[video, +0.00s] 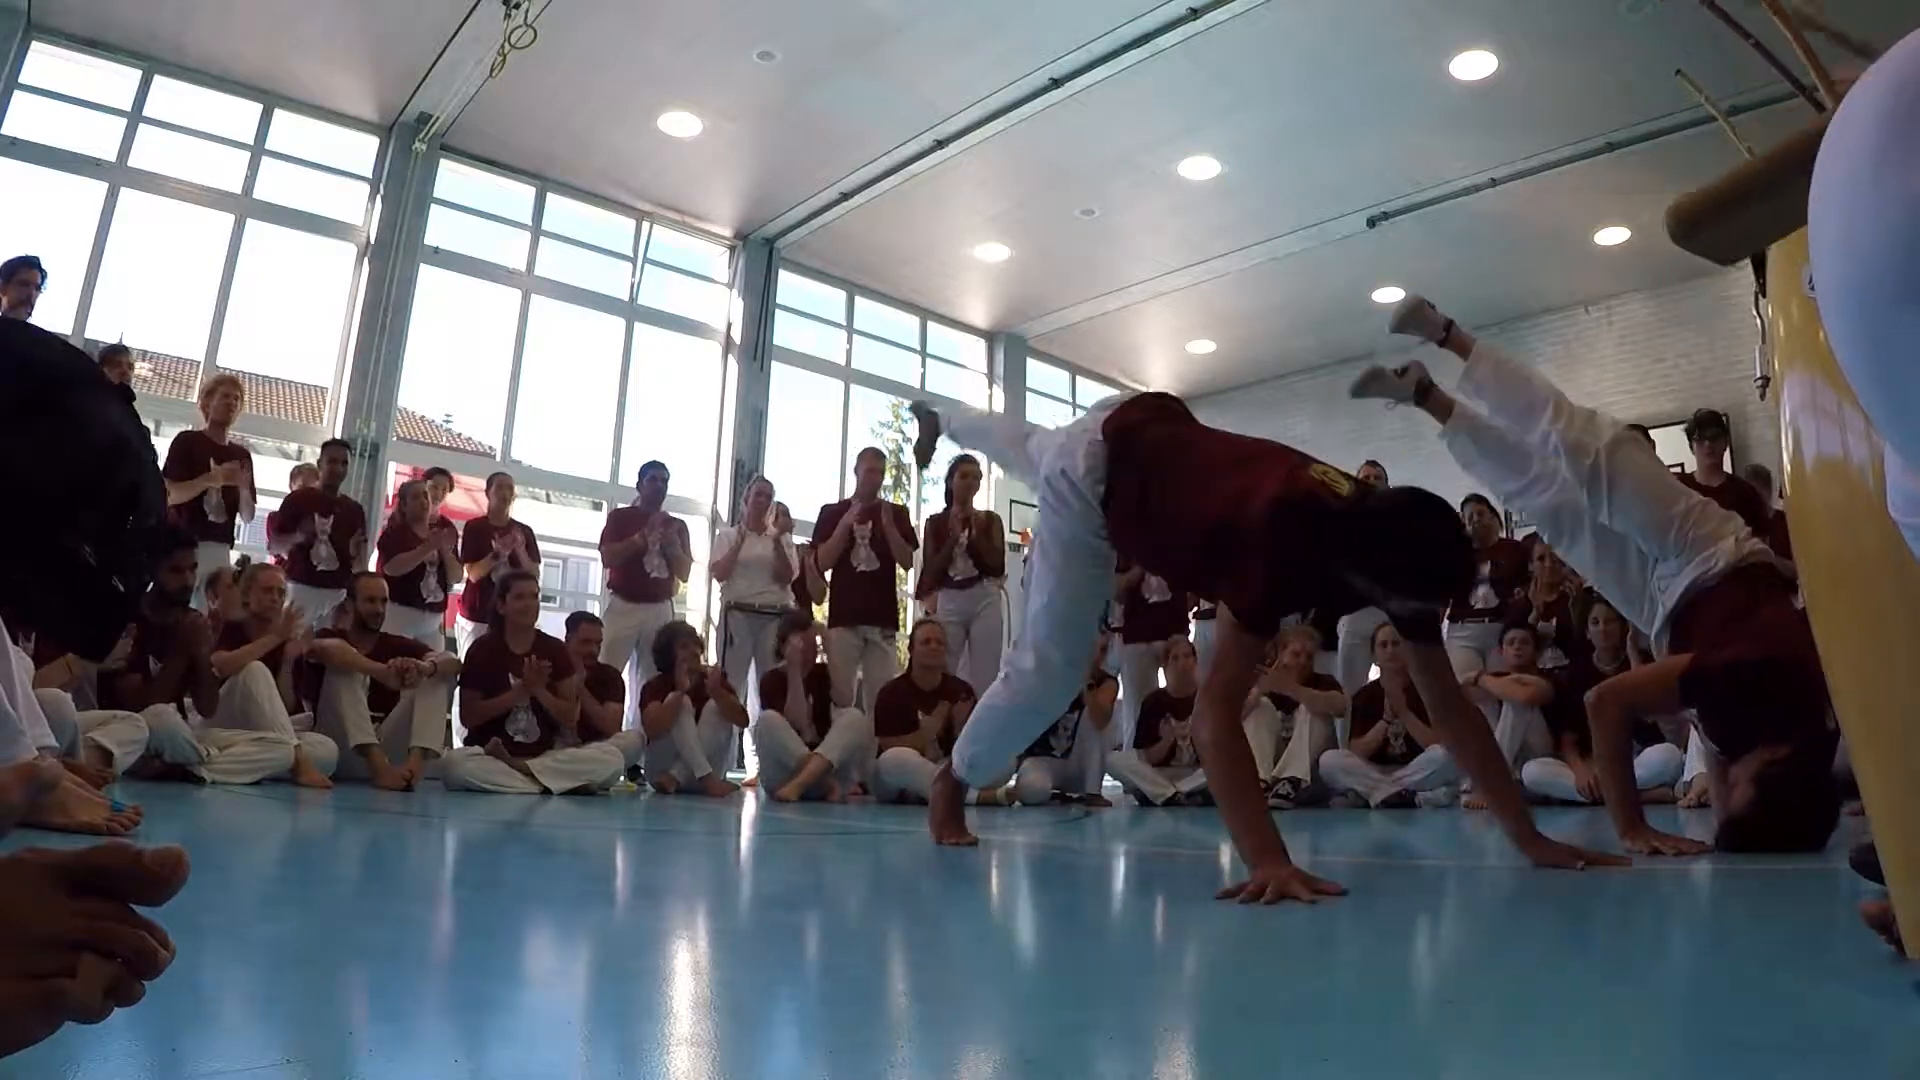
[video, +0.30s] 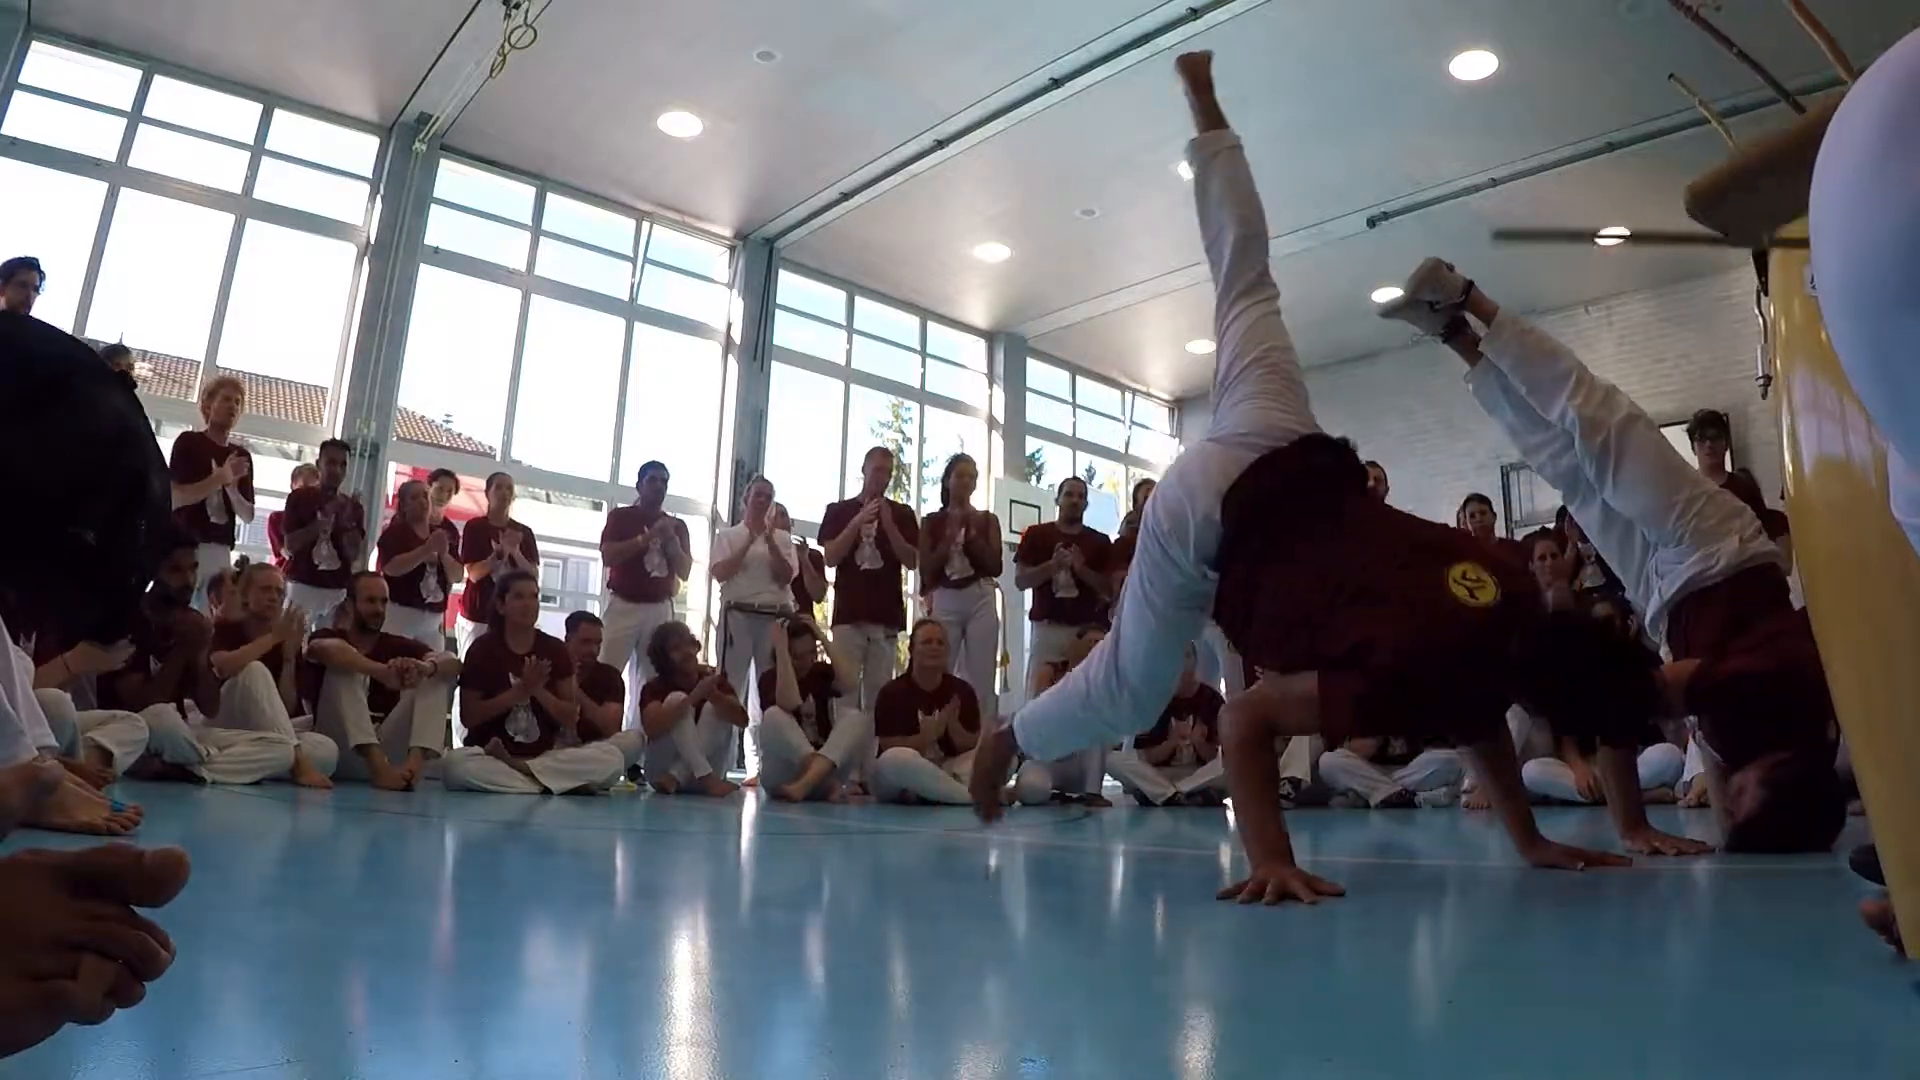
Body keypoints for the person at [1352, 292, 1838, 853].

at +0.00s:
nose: (1717, 799)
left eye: (1723, 811)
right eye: (1730, 798)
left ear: (1777, 766)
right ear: (1761, 767)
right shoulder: (1759, 685)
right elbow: (1606, 701)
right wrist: (1632, 829)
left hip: (1669, 610)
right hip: (1706, 549)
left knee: (1563, 517)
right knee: (1581, 440)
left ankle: (1428, 397)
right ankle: (1451, 334)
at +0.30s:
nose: (1728, 799)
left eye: (1730, 812)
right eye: (1740, 800)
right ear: (1766, 776)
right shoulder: (1774, 697)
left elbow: (1620, 711)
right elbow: (1637, 692)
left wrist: (1633, 825)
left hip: (1673, 605)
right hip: (1718, 557)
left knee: (1579, 483)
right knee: (1599, 421)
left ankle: (1457, 335)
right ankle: (1468, 297)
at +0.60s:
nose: (1734, 803)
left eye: (1738, 821)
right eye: (1746, 800)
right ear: (1766, 776)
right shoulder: (1782, 694)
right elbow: (1621, 697)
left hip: (1674, 609)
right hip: (1722, 557)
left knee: (1582, 471)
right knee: (1606, 416)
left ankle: (1462, 318)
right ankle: (1477, 286)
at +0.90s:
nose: (1726, 801)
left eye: (1731, 817)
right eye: (1740, 800)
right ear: (1771, 775)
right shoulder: (1782, 696)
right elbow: (1630, 692)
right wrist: (1615, 779)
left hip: (1682, 610)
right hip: (1733, 561)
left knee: (1559, 509)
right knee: (1596, 455)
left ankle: (1492, 354)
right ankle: (1501, 320)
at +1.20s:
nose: (1718, 796)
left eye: (1728, 810)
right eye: (1737, 791)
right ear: (1766, 766)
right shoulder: (1788, 697)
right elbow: (1651, 690)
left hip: (1685, 628)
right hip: (1734, 573)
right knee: (1585, 517)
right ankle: (1562, 467)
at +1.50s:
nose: (1725, 807)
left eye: (1733, 816)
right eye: (1738, 801)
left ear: (1779, 761)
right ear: (1775, 762)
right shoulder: (1773, 680)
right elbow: (1619, 696)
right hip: (1699, 587)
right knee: (1537, 555)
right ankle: (1615, 531)